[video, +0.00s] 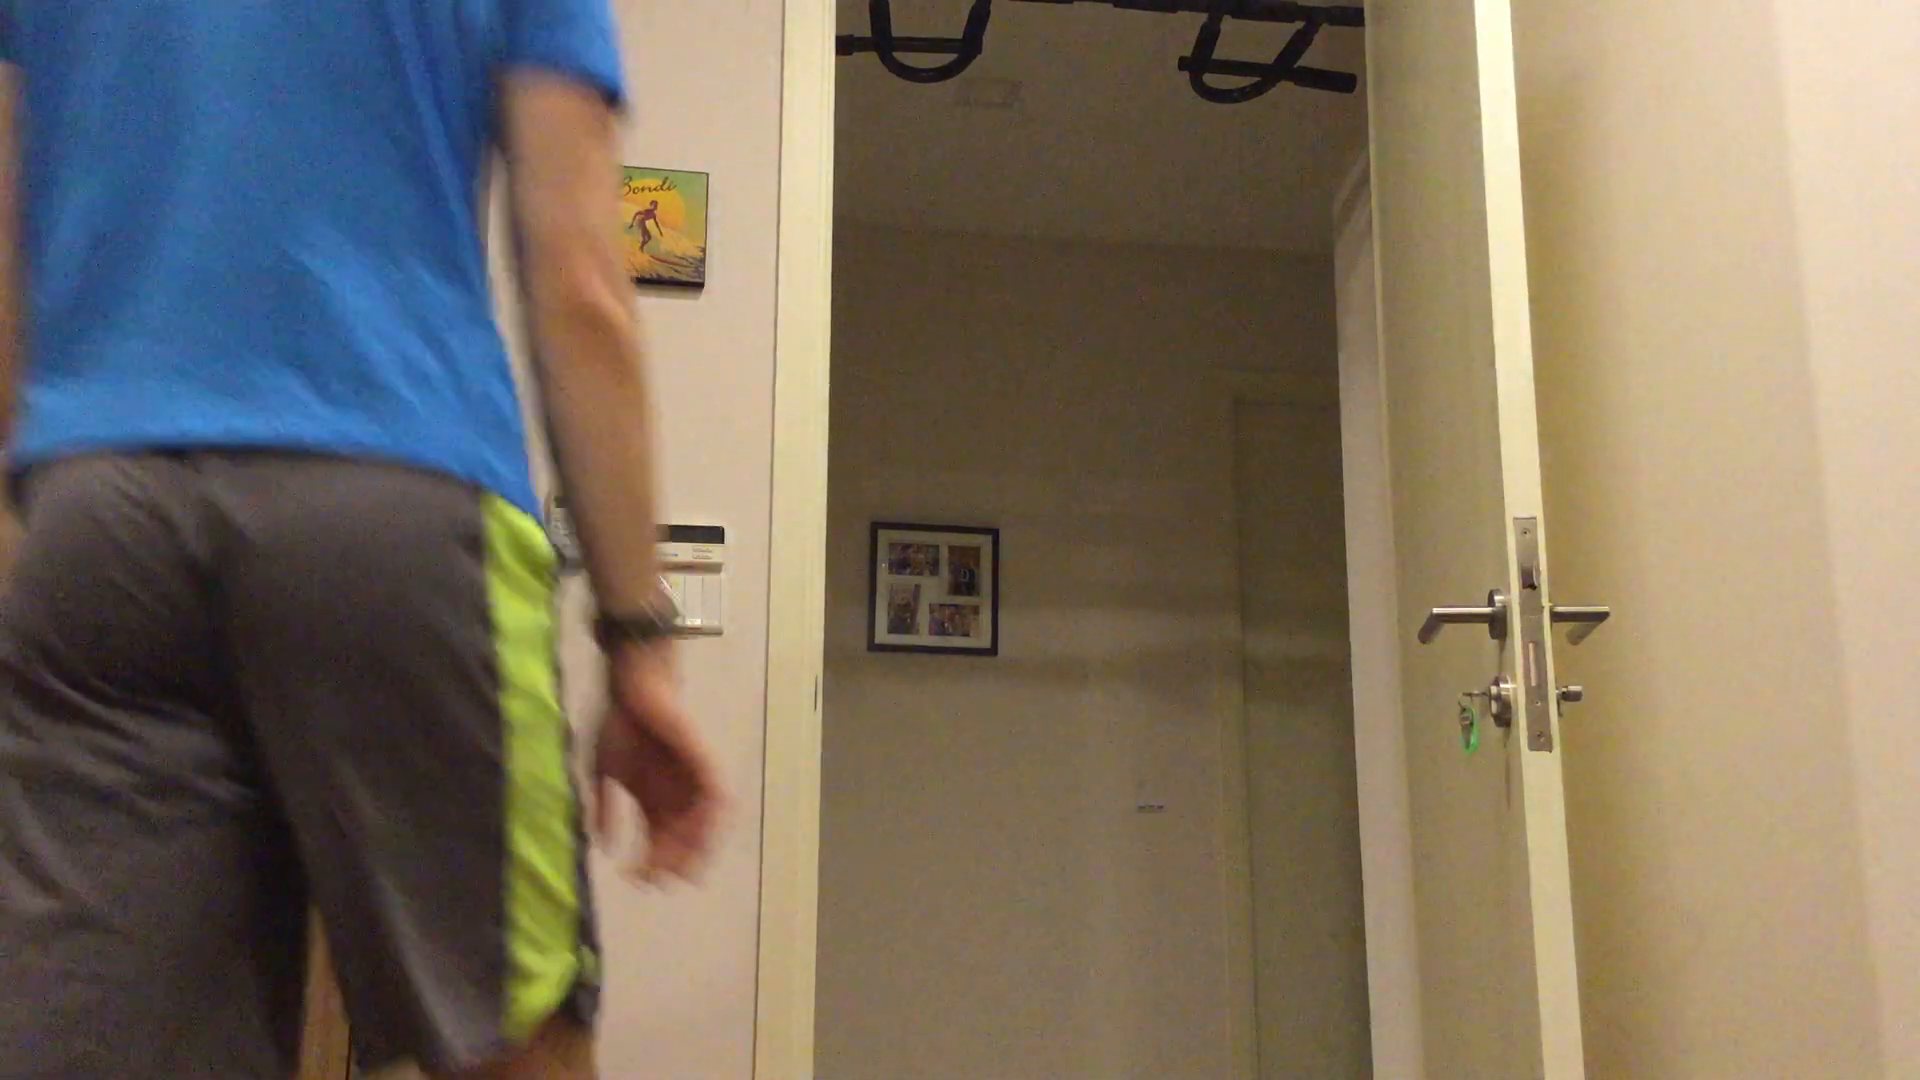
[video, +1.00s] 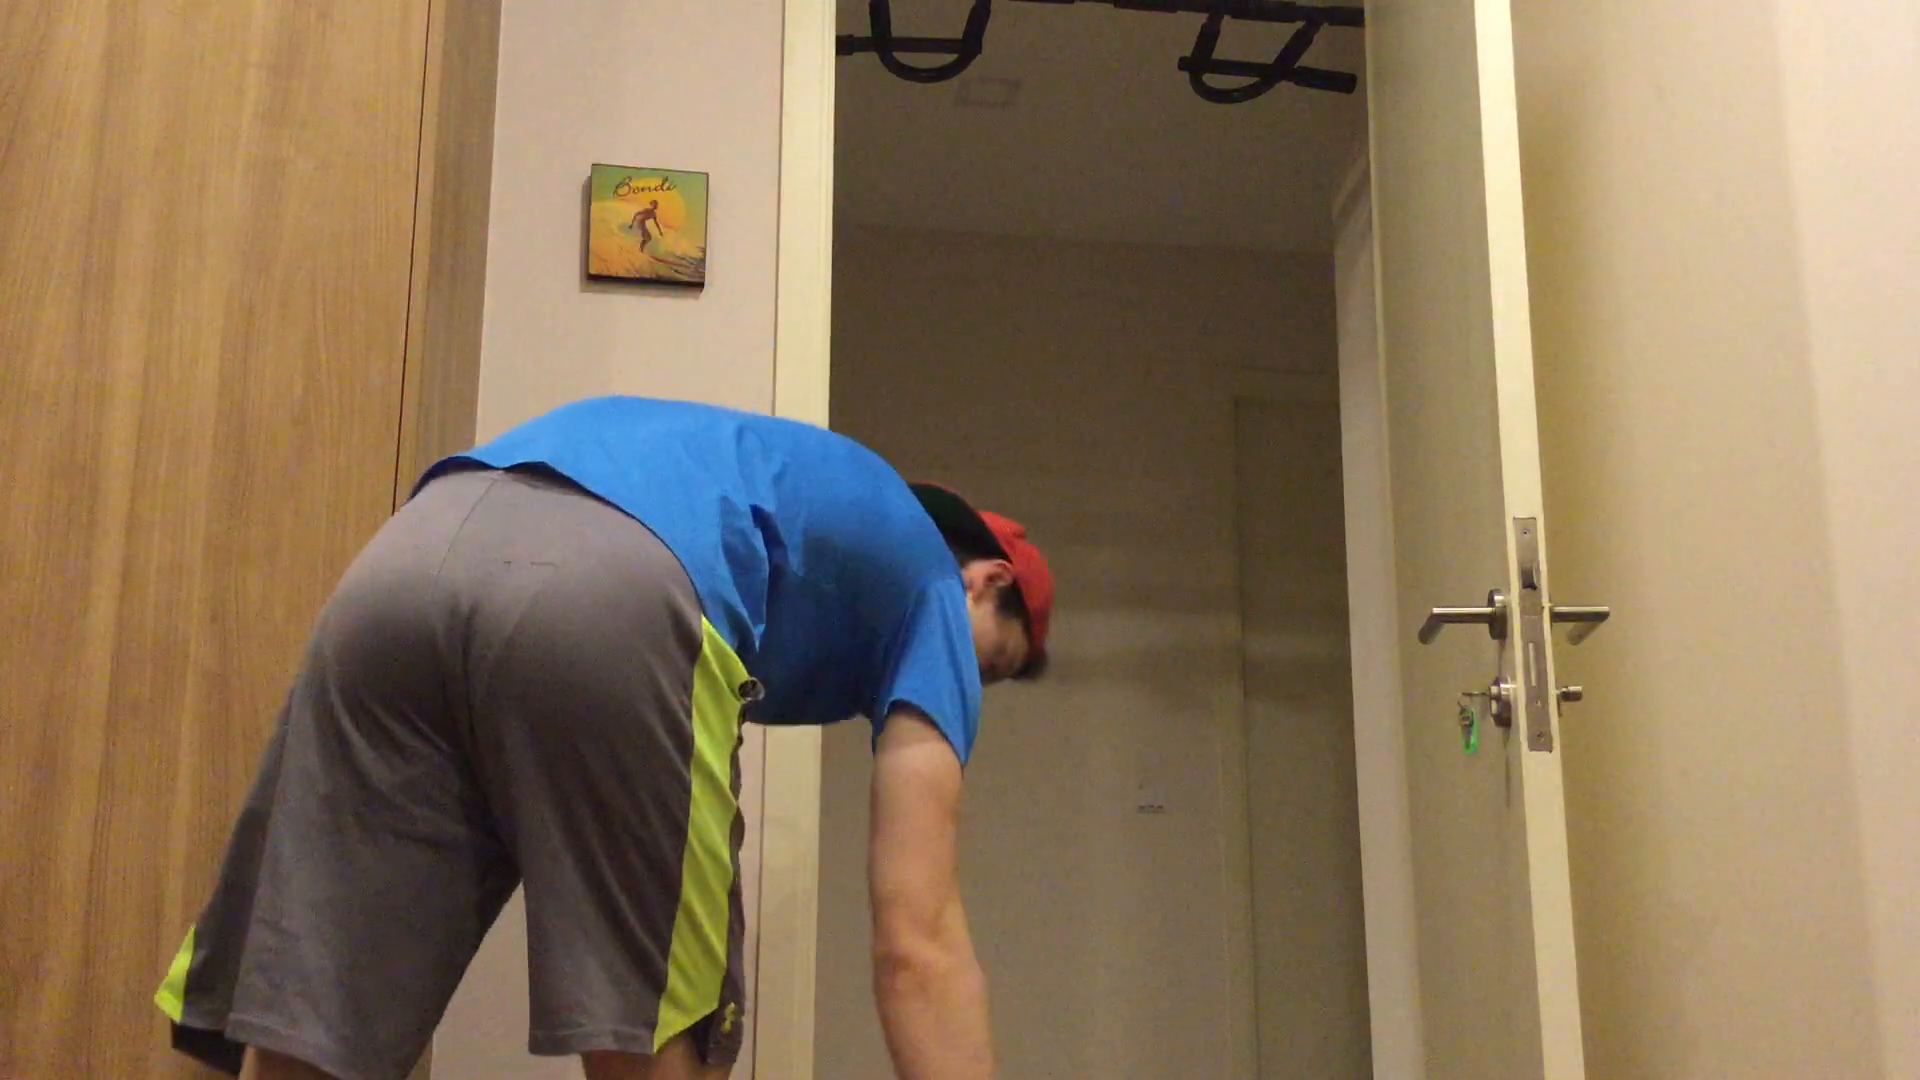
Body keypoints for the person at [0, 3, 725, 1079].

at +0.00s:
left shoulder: (47, 20)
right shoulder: (515, 7)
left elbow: (11, 255)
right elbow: (580, 284)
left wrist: (27, 492)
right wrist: (642, 641)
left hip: (86, 500)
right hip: (401, 517)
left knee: (104, 1051)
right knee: (513, 1042)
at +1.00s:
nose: (981, 676)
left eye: (1004, 671)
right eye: (1002, 649)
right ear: (982, 573)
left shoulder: (745, 484)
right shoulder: (932, 594)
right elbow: (917, 946)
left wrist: (698, 1019)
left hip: (415, 539)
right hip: (614, 582)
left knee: (299, 1035)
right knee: (644, 1047)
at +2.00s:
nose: (989, 425)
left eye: (1001, 404)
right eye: (1001, 397)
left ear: (891, 332)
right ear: (982, 360)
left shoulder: (763, 388)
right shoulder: (921, 417)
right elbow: (878, 653)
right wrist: (901, 910)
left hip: (483, 621)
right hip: (627, 629)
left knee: (510, 1046)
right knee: (684, 1042)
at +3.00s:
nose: (1107, 293)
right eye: (1110, 278)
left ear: (1001, 261)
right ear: (1106, 274)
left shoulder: (909, 398)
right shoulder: (1111, 366)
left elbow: (895, 634)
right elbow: (1148, 593)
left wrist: (912, 816)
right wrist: (1240, 765)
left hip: (952, 766)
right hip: (1060, 759)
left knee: (1119, 1045)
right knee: (1047, 1054)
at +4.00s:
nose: (1130, 342)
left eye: (1146, 325)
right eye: (1105, 332)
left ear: (1173, 343)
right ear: (1079, 361)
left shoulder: (1221, 508)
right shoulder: (1053, 480)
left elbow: (1225, 686)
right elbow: (1037, 658)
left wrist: (1238, 842)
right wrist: (1094, 803)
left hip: (1194, 824)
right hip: (1075, 816)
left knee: (1184, 1063)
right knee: (1055, 1058)